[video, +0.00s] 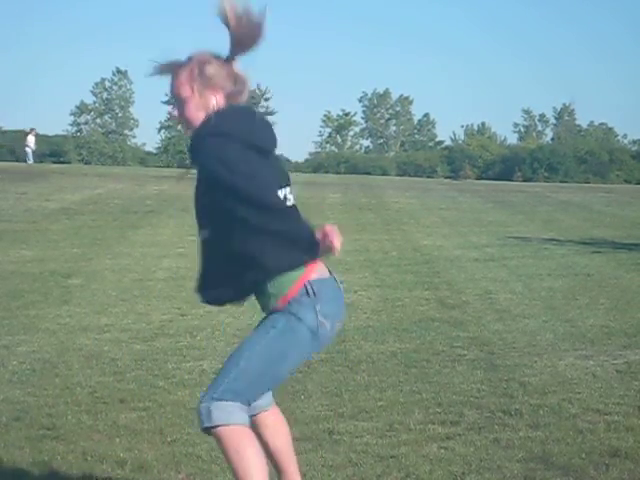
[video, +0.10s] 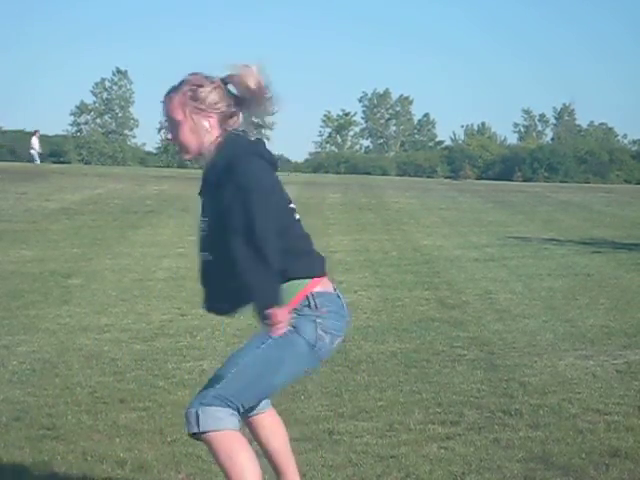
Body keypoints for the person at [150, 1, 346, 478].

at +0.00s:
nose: (173, 111)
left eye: (179, 100)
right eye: (173, 101)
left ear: (213, 96)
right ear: (219, 98)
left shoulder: (214, 143)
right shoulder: (242, 133)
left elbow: (263, 205)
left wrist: (311, 241)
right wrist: (309, 239)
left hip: (305, 305)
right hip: (312, 298)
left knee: (221, 405)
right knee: (254, 397)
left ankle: (258, 476)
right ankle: (291, 475)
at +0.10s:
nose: (170, 135)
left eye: (174, 124)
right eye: (169, 126)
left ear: (208, 120)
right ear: (208, 121)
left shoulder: (239, 159)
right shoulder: (227, 163)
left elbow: (258, 229)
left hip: (312, 312)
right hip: (305, 311)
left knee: (210, 411)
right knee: (247, 398)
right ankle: (291, 476)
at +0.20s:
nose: (176, 131)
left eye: (175, 119)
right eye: (172, 121)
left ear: (203, 104)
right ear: (207, 103)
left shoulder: (241, 135)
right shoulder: (240, 135)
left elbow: (275, 223)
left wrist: (227, 288)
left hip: (304, 294)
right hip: (301, 293)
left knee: (215, 404)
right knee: (250, 394)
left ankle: (253, 476)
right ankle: (291, 475)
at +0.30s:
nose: (184, 103)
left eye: (179, 91)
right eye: (176, 96)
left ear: (200, 63)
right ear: (211, 59)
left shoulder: (228, 90)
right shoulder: (267, 81)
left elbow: (278, 165)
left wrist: (238, 231)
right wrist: (233, 221)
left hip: (286, 251)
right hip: (308, 246)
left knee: (239, 385)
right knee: (270, 376)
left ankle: (263, 477)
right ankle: (288, 476)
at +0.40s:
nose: (187, 66)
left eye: (183, 54)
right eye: (181, 58)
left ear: (200, 32)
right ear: (214, 27)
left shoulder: (224, 62)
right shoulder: (271, 57)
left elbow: (267, 141)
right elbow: (308, 140)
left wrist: (224, 183)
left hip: (292, 236)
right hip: (311, 229)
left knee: (248, 372)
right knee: (281, 361)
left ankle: (258, 475)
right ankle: (290, 469)